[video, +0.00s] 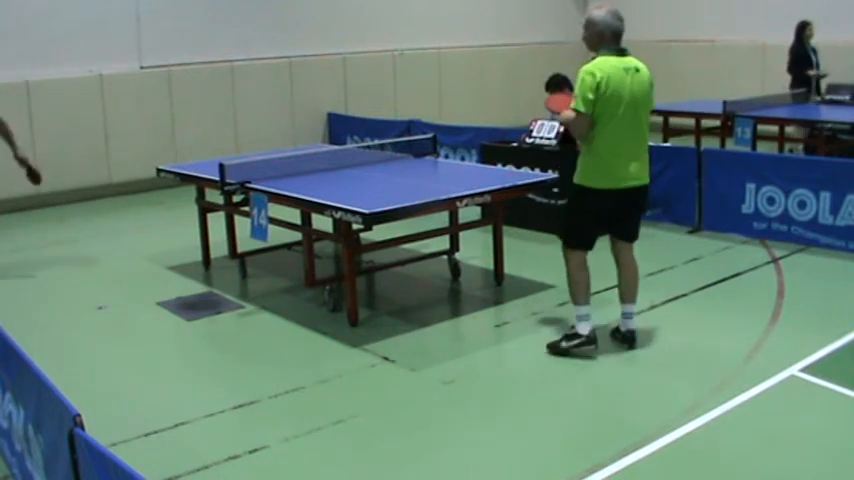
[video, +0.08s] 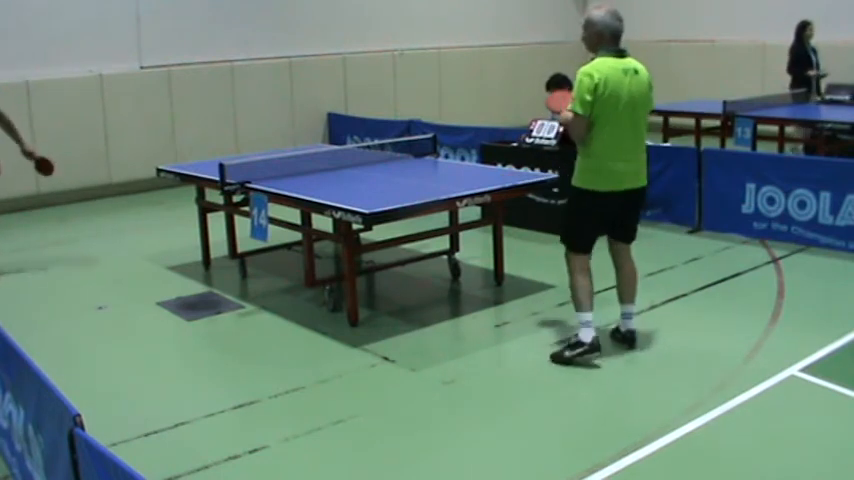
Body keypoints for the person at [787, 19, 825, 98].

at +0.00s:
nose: (812, 33)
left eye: (812, 30)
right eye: (809, 30)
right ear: (802, 31)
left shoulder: (812, 49)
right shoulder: (796, 48)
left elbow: (815, 71)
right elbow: (791, 69)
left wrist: (819, 93)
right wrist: (806, 72)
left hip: (812, 88)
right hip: (799, 87)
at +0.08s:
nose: (812, 33)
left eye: (812, 30)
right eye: (809, 30)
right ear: (802, 31)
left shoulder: (812, 49)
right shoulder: (796, 48)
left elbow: (815, 71)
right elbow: (790, 69)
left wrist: (818, 92)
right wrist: (806, 72)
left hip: (812, 88)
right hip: (799, 88)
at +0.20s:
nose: (812, 33)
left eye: (812, 30)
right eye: (809, 30)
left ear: (812, 32)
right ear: (802, 31)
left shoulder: (813, 48)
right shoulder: (796, 47)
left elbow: (817, 69)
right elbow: (791, 68)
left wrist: (822, 74)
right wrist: (806, 74)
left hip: (813, 89)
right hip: (800, 88)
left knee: (813, 120)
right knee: (802, 121)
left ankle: (810, 149)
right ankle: (804, 150)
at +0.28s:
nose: (813, 32)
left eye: (813, 30)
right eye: (810, 30)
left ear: (813, 31)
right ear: (803, 31)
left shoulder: (813, 48)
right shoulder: (797, 46)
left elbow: (817, 69)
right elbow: (791, 69)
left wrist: (821, 92)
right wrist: (806, 74)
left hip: (814, 88)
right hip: (801, 88)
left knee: (813, 120)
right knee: (804, 121)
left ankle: (810, 148)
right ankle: (806, 149)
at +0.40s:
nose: (815, 33)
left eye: (815, 30)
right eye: (812, 30)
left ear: (815, 31)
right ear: (805, 31)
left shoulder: (815, 48)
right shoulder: (799, 47)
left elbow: (819, 67)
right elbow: (792, 69)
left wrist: (824, 74)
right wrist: (807, 75)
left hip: (816, 89)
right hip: (802, 89)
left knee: (817, 121)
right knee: (807, 122)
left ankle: (818, 149)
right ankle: (809, 150)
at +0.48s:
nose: (816, 33)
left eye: (816, 30)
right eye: (813, 30)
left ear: (817, 32)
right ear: (806, 31)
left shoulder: (817, 48)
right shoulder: (800, 47)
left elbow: (820, 67)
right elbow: (794, 69)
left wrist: (825, 74)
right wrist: (808, 75)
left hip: (818, 88)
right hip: (804, 89)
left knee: (818, 121)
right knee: (808, 122)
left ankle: (817, 150)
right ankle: (809, 151)